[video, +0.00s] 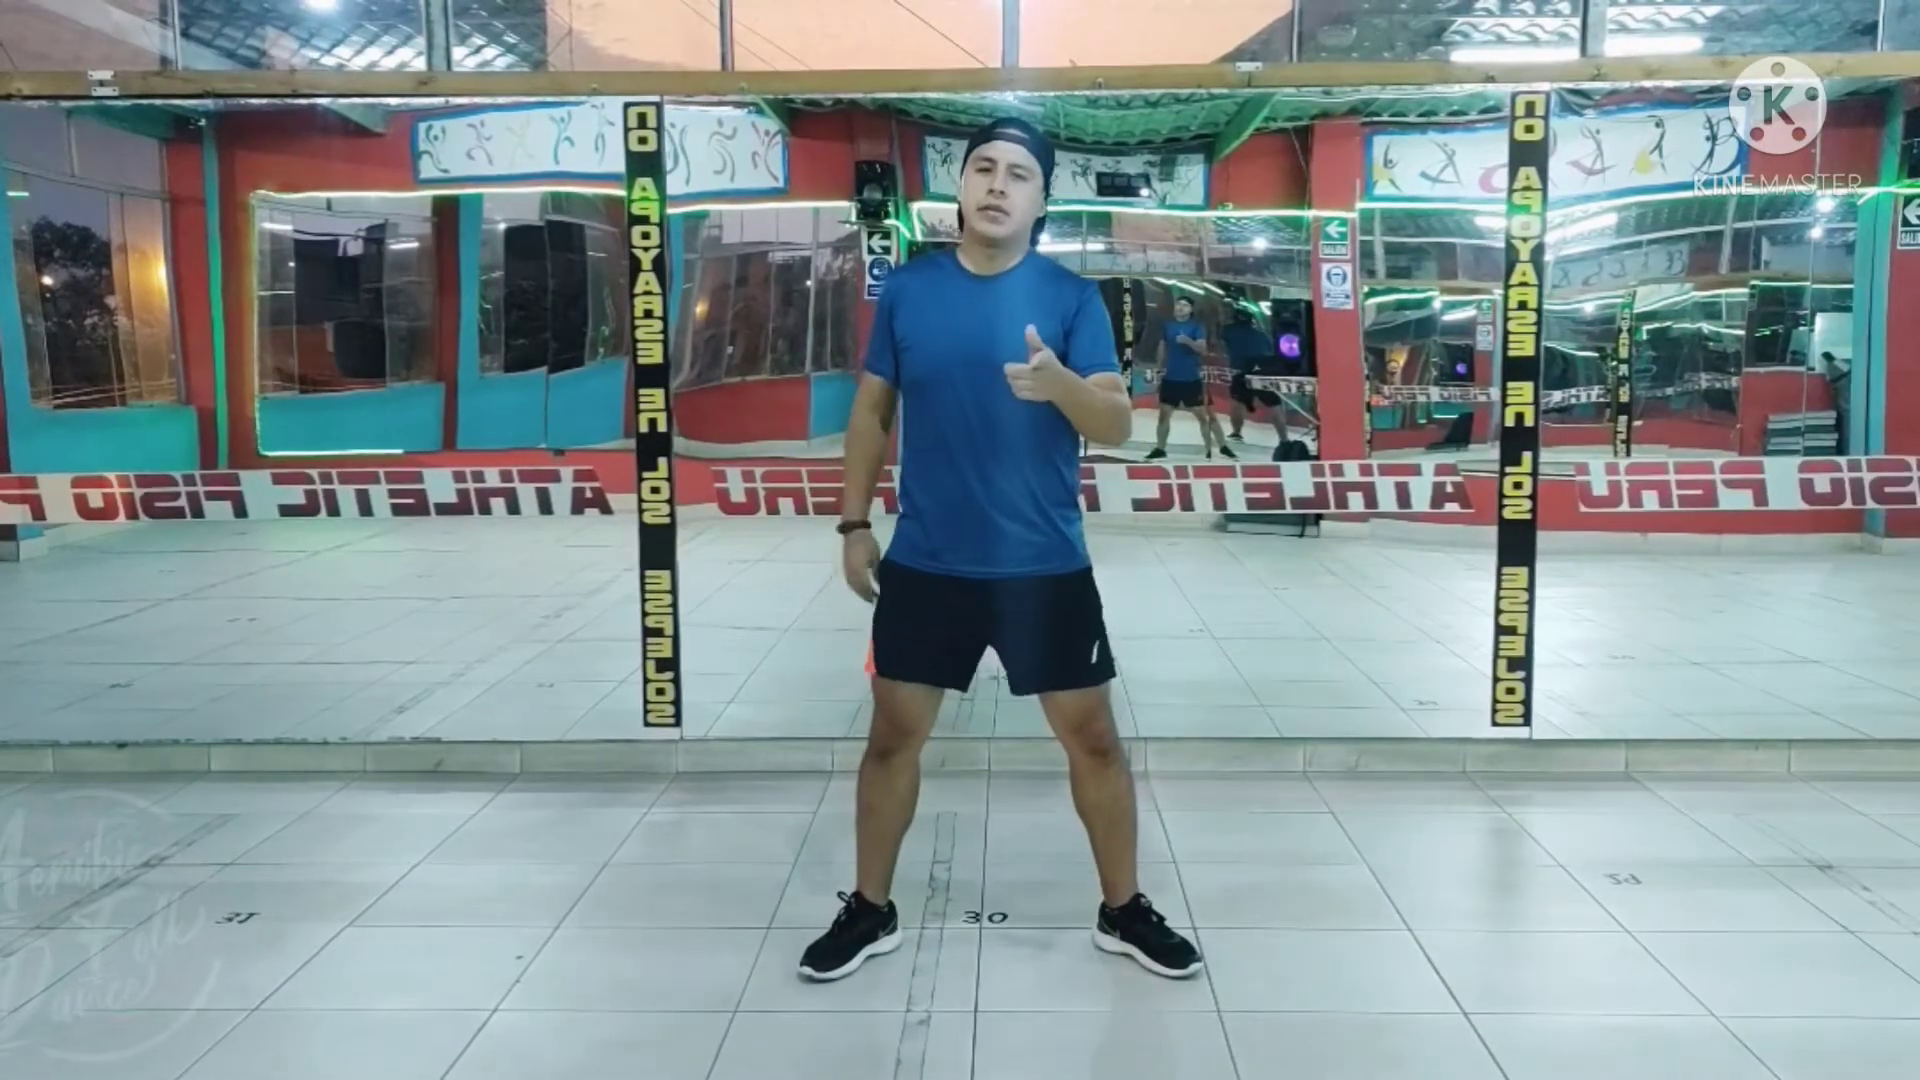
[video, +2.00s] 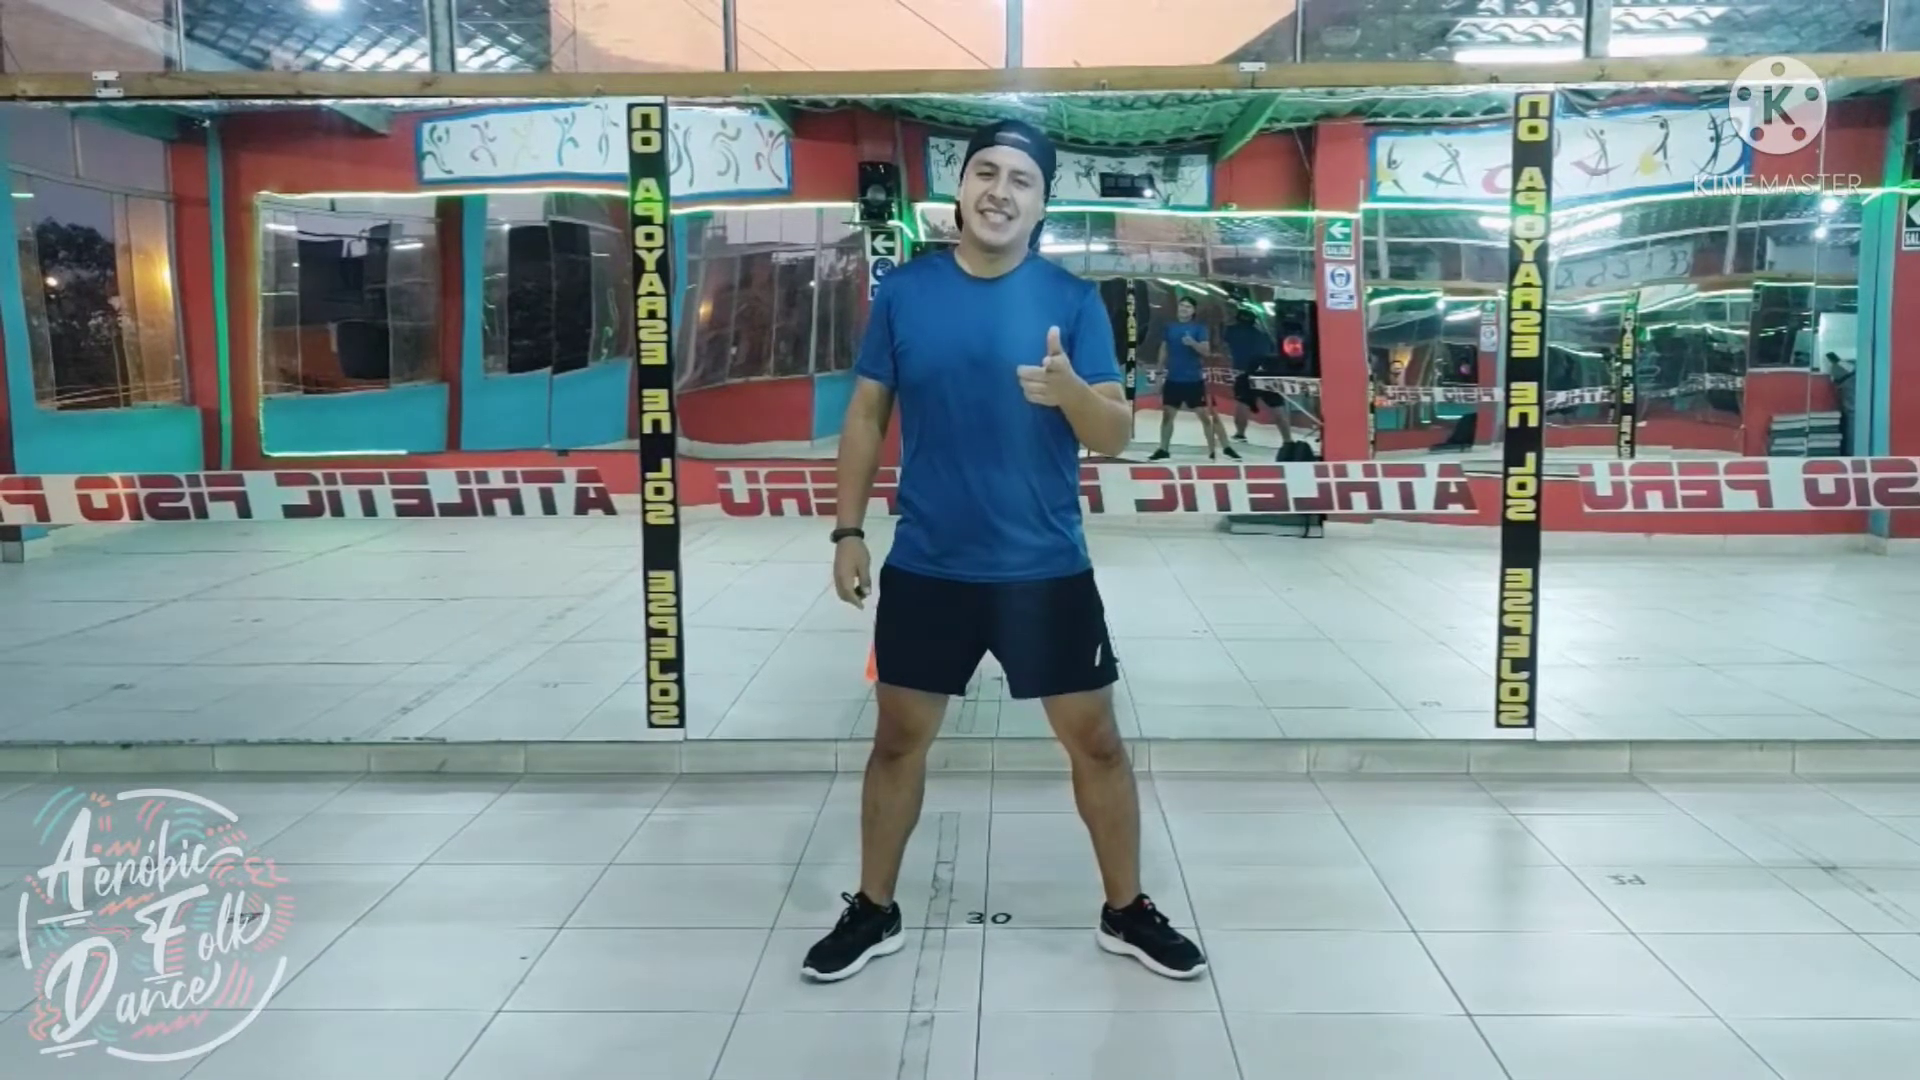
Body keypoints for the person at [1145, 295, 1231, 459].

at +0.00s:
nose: (1180, 308)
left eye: (1184, 305)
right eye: (1178, 305)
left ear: (1191, 309)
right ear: (1174, 308)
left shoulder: (1197, 327)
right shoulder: (1168, 326)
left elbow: (1203, 349)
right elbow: (1162, 347)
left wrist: (1189, 342)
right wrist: (1159, 367)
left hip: (1191, 378)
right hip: (1171, 377)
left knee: (1203, 416)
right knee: (1164, 414)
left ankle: (1209, 449)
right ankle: (1160, 447)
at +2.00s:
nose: (1184, 309)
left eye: (1187, 307)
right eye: (1182, 306)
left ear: (1193, 311)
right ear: (1177, 308)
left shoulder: (1200, 329)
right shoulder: (1170, 328)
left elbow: (1206, 351)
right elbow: (1164, 349)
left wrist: (1193, 343)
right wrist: (1160, 368)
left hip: (1194, 379)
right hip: (1173, 378)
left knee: (1204, 415)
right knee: (1167, 414)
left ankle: (1212, 450)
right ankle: (1163, 448)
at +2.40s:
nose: (1184, 312)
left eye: (1188, 309)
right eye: (1182, 308)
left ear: (1193, 313)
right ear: (1178, 310)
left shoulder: (1199, 330)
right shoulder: (1169, 328)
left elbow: (1206, 349)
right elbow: (1162, 347)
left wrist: (1202, 364)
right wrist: (1160, 367)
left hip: (1193, 379)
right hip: (1173, 378)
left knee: (1204, 415)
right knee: (1167, 414)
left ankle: (1214, 450)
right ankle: (1164, 448)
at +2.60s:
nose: (1184, 313)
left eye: (1188, 311)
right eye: (1182, 310)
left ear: (1193, 314)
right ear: (1177, 311)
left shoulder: (1198, 332)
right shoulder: (1169, 329)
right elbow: (1161, 347)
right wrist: (1158, 368)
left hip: (1191, 381)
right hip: (1171, 380)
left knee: (1205, 415)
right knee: (1166, 415)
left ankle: (1220, 448)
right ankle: (1164, 448)